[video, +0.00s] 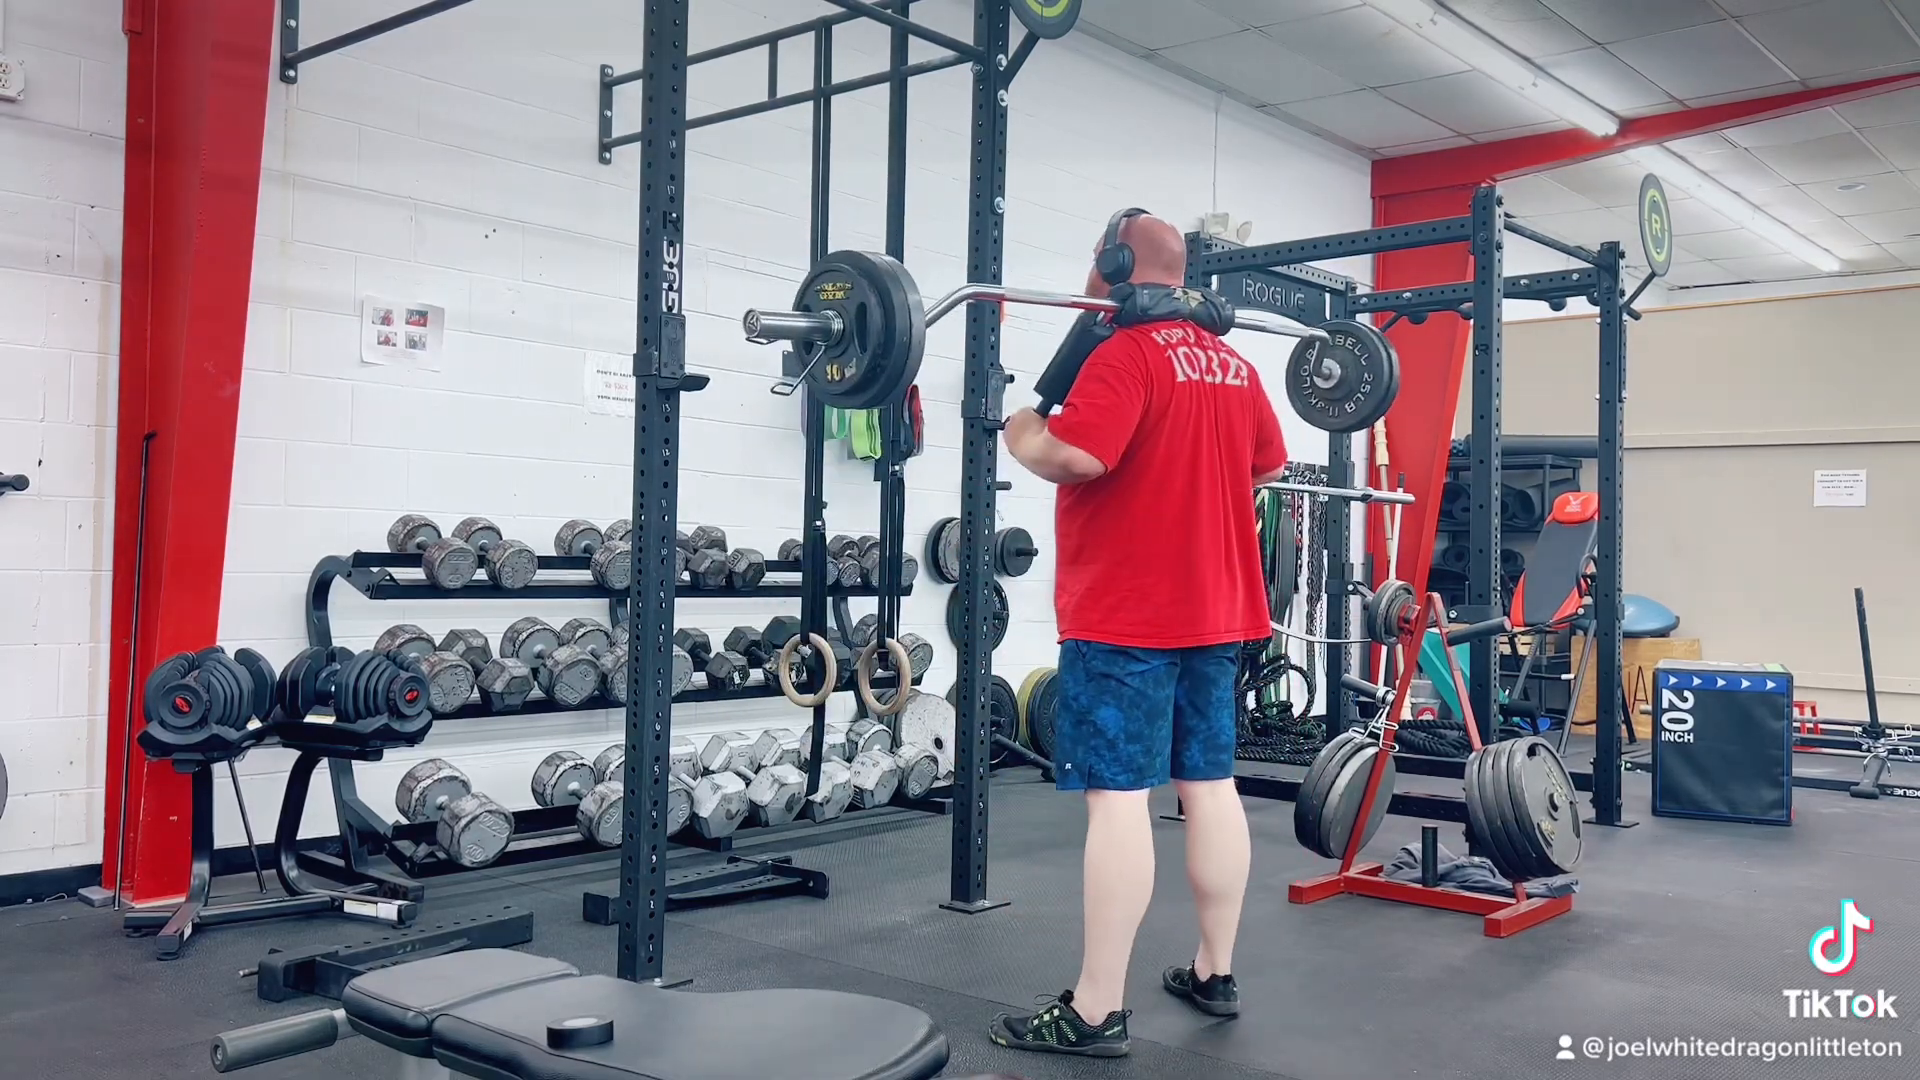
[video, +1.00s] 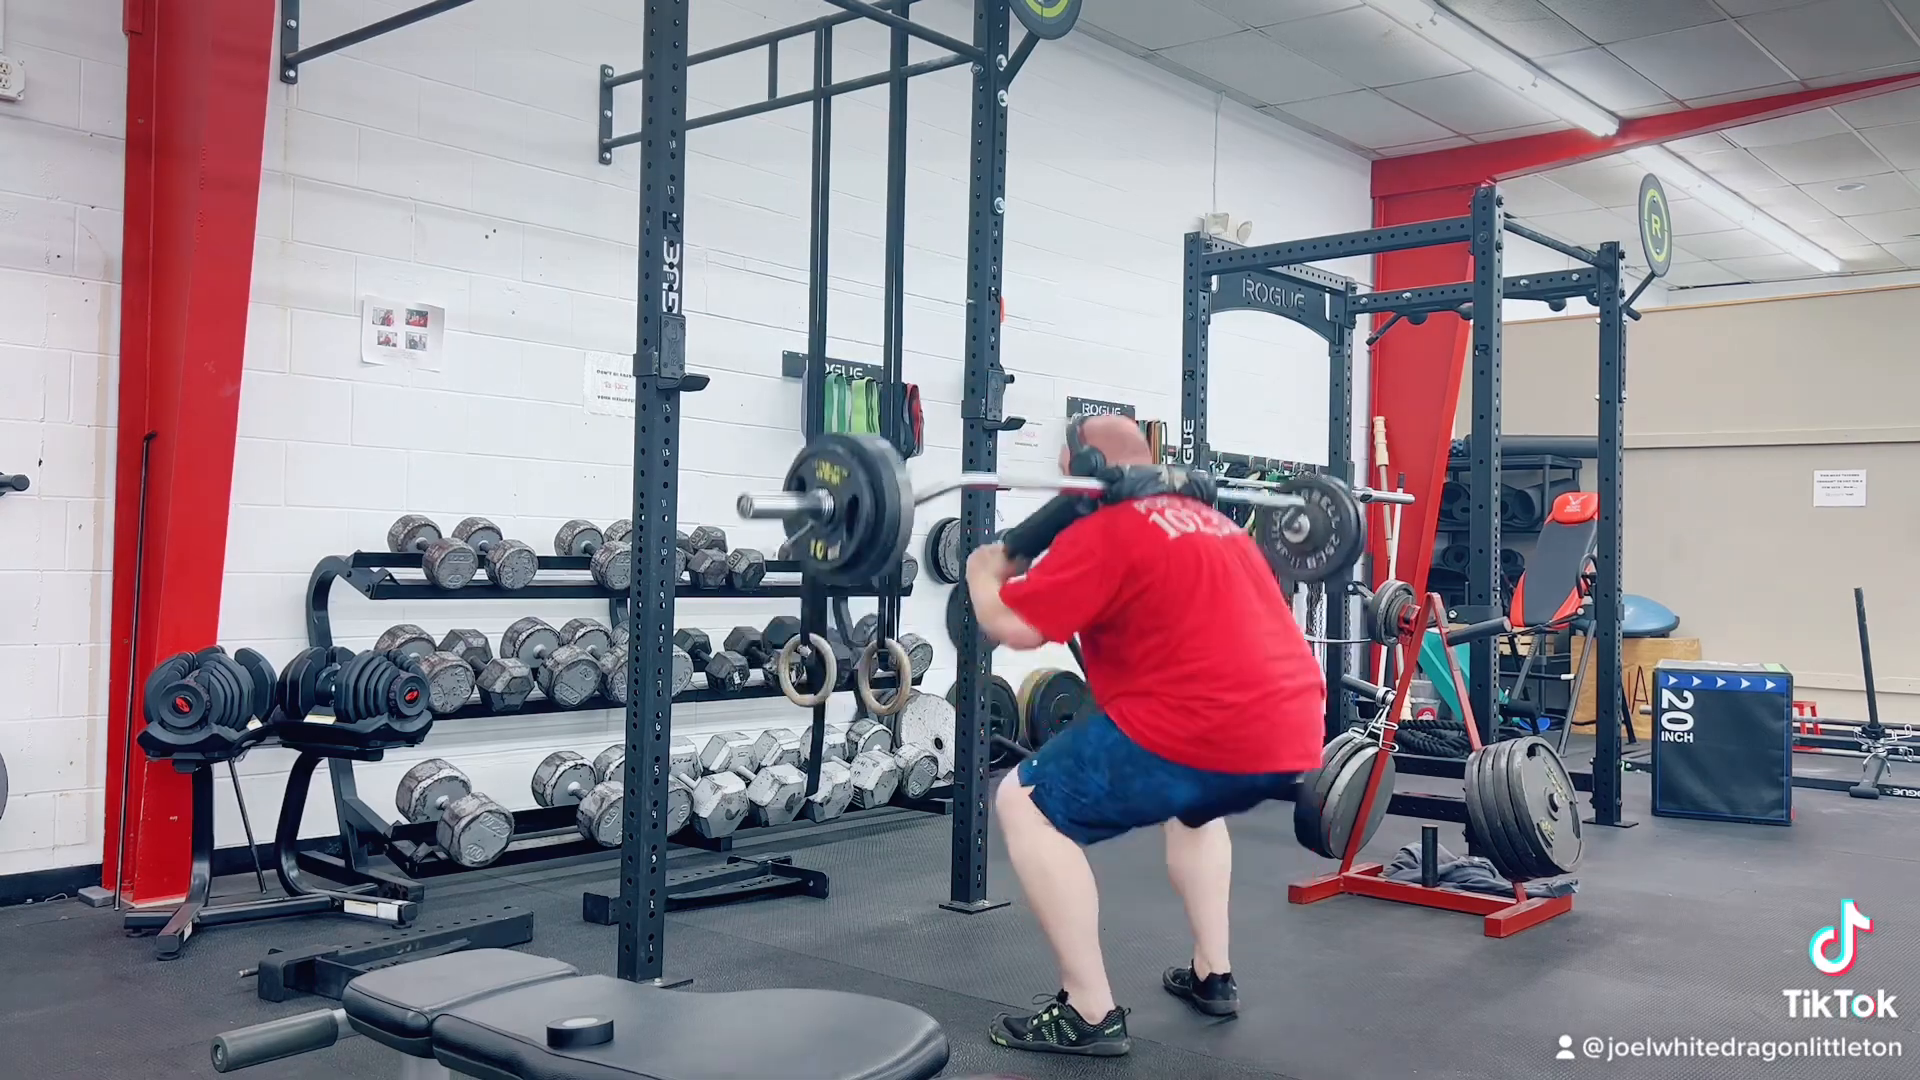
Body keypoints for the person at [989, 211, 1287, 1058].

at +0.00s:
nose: (1089, 288)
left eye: (1093, 277)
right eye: (1093, 275)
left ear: (1111, 282)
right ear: (1179, 280)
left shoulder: (1125, 350)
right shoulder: (1233, 359)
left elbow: (1081, 455)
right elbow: (1267, 463)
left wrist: (1024, 432)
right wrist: (1187, 469)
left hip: (1126, 608)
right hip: (1218, 605)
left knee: (1118, 797)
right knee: (1211, 784)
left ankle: (1095, 1009)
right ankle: (1216, 975)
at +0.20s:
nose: (1084, 304)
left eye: (1087, 292)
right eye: (1087, 291)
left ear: (1105, 298)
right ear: (1174, 294)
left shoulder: (1118, 367)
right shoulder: (1228, 373)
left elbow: (1050, 470)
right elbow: (1256, 476)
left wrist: (1009, 429)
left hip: (1127, 624)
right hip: (1224, 621)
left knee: (1070, 790)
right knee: (1183, 783)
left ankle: (1093, 1007)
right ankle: (1214, 973)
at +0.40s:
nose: (1067, 424)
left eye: (1071, 413)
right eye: (1070, 413)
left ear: (1086, 422)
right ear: (1157, 422)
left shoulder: (1103, 493)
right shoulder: (1210, 485)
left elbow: (1006, 585)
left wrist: (983, 530)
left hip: (1161, 718)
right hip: (1263, 717)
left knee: (1013, 806)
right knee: (1172, 803)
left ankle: (1089, 1008)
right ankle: (1211, 974)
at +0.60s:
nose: (1063, 576)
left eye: (1064, 566)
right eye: (1066, 566)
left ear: (1075, 573)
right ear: (1149, 566)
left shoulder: (1095, 638)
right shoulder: (1199, 619)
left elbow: (987, 720)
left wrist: (972, 650)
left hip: (1203, 858)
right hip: (1282, 853)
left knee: (999, 811)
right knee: (1159, 782)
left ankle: (1088, 1010)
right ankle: (1209, 974)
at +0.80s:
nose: (1067, 598)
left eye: (1068, 590)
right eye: (1070, 590)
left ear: (1075, 598)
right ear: (1151, 591)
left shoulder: (1099, 665)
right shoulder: (1202, 644)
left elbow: (993, 752)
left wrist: (975, 681)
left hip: (1208, 886)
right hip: (1286, 877)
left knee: (999, 815)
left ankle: (1088, 1008)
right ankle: (1209, 972)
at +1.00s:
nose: (1064, 477)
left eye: (1064, 468)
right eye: (1066, 468)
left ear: (1079, 470)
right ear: (1149, 462)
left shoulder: (1108, 530)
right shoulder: (1212, 517)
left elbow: (1013, 626)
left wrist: (980, 570)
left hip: (1194, 732)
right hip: (1291, 731)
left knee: (1024, 800)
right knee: (1194, 806)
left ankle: (1089, 1008)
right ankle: (1214, 974)